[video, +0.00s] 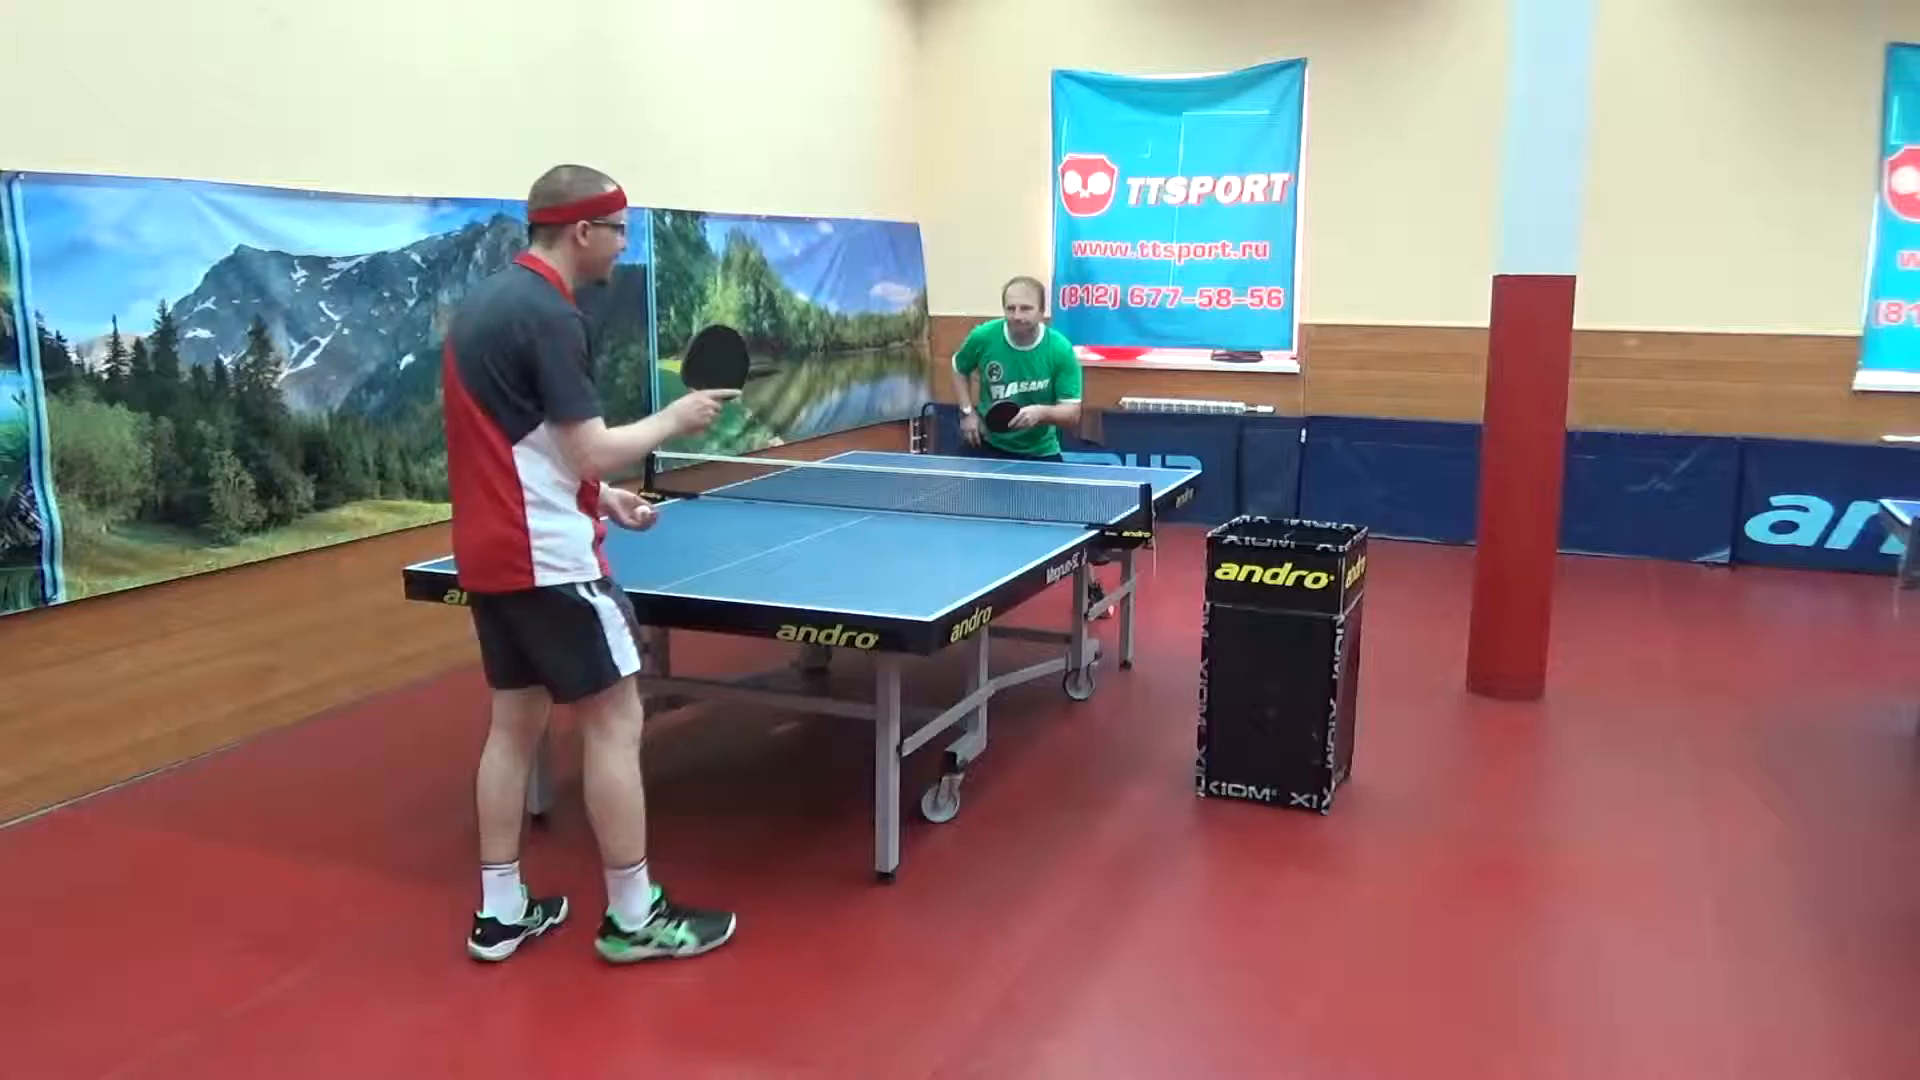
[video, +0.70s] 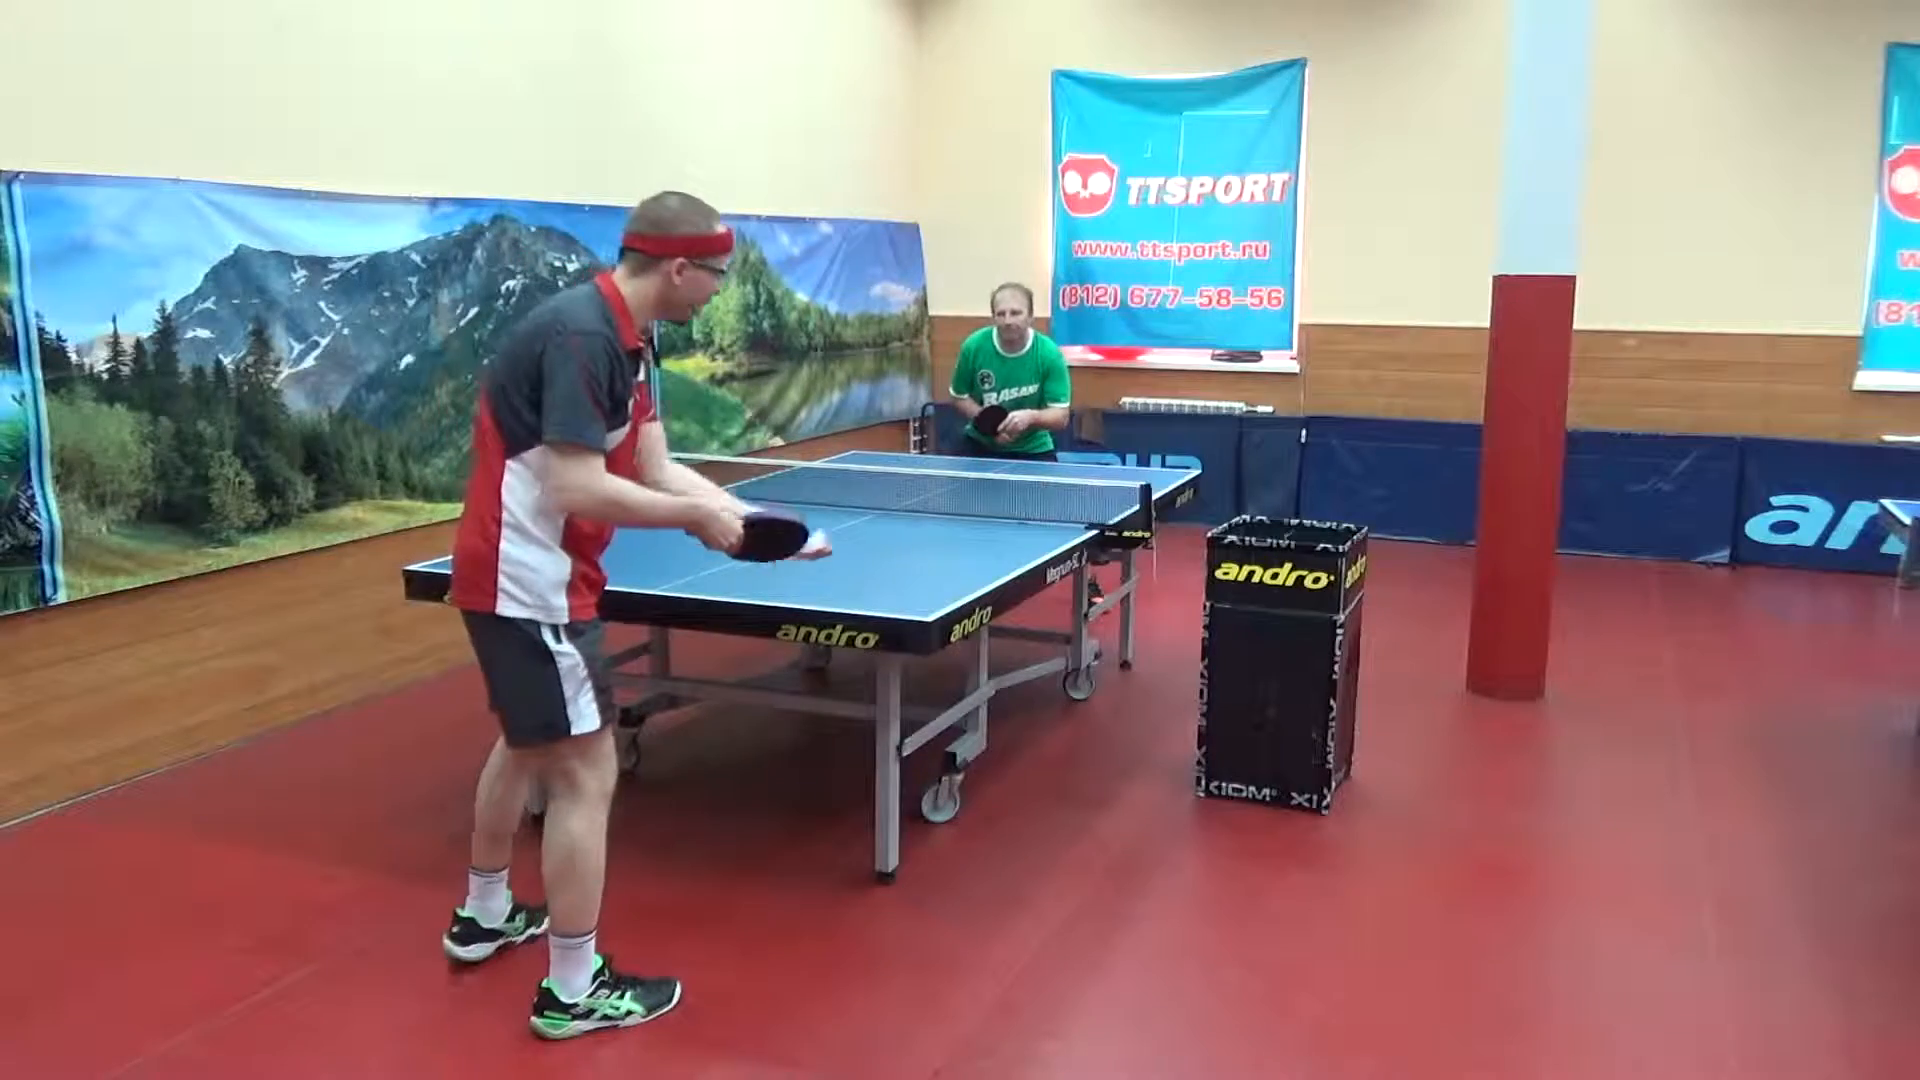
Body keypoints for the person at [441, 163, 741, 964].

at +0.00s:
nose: (624, 245)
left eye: (623, 230)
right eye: (616, 230)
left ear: (555, 231)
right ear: (580, 231)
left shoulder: (487, 304)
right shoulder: (547, 317)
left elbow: (523, 441)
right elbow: (590, 454)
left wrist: (603, 490)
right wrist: (672, 421)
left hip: (493, 561)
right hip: (552, 561)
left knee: (513, 725)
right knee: (616, 717)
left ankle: (500, 911)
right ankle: (635, 914)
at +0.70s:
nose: (718, 287)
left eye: (720, 272)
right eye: (713, 271)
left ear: (666, 264)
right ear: (673, 267)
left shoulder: (628, 337)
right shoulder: (580, 333)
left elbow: (653, 469)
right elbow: (573, 487)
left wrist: (737, 523)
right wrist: (694, 509)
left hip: (544, 577)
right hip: (522, 587)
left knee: (525, 747)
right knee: (588, 769)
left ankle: (482, 914)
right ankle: (572, 988)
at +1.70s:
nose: (726, 305)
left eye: (729, 291)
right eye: (728, 291)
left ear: (648, 271)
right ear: (711, 289)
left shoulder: (552, 319)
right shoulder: (670, 379)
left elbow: (523, 445)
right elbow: (629, 529)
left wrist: (629, 484)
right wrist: (656, 508)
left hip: (467, 582)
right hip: (562, 602)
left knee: (430, 754)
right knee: (636, 773)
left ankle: (368, 951)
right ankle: (579, 983)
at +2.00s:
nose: (602, 298)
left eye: (602, 284)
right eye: (602, 284)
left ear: (519, 272)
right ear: (585, 282)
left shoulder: (426, 337)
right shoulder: (562, 365)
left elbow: (383, 477)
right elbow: (569, 515)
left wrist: (496, 501)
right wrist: (609, 528)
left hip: (395, 606)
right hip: (502, 616)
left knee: (370, 776)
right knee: (596, 765)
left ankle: (314, 976)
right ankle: (576, 982)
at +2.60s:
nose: (587, 322)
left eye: (586, 309)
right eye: (586, 309)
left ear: (503, 301)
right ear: (569, 309)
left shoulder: (418, 365)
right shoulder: (568, 379)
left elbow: (362, 509)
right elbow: (644, 511)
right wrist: (593, 514)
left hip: (393, 629)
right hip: (513, 628)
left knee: (373, 783)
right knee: (607, 764)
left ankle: (311, 980)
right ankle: (632, 966)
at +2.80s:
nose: (599, 335)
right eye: (600, 325)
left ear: (516, 319)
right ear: (593, 323)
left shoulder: (460, 384)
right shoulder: (629, 380)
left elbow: (421, 540)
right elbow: (736, 455)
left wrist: (404, 634)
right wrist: (700, 490)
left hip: (474, 620)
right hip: (600, 620)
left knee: (397, 784)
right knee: (644, 765)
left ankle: (327, 977)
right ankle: (635, 964)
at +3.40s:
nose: (565, 331)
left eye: (566, 318)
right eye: (564, 318)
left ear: (472, 305)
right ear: (547, 316)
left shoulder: (379, 377)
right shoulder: (555, 393)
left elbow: (327, 535)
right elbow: (628, 537)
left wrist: (314, 640)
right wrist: (607, 556)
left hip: (364, 650)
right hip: (498, 650)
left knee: (286, 855)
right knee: (586, 780)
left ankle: (221, 1067)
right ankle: (634, 966)